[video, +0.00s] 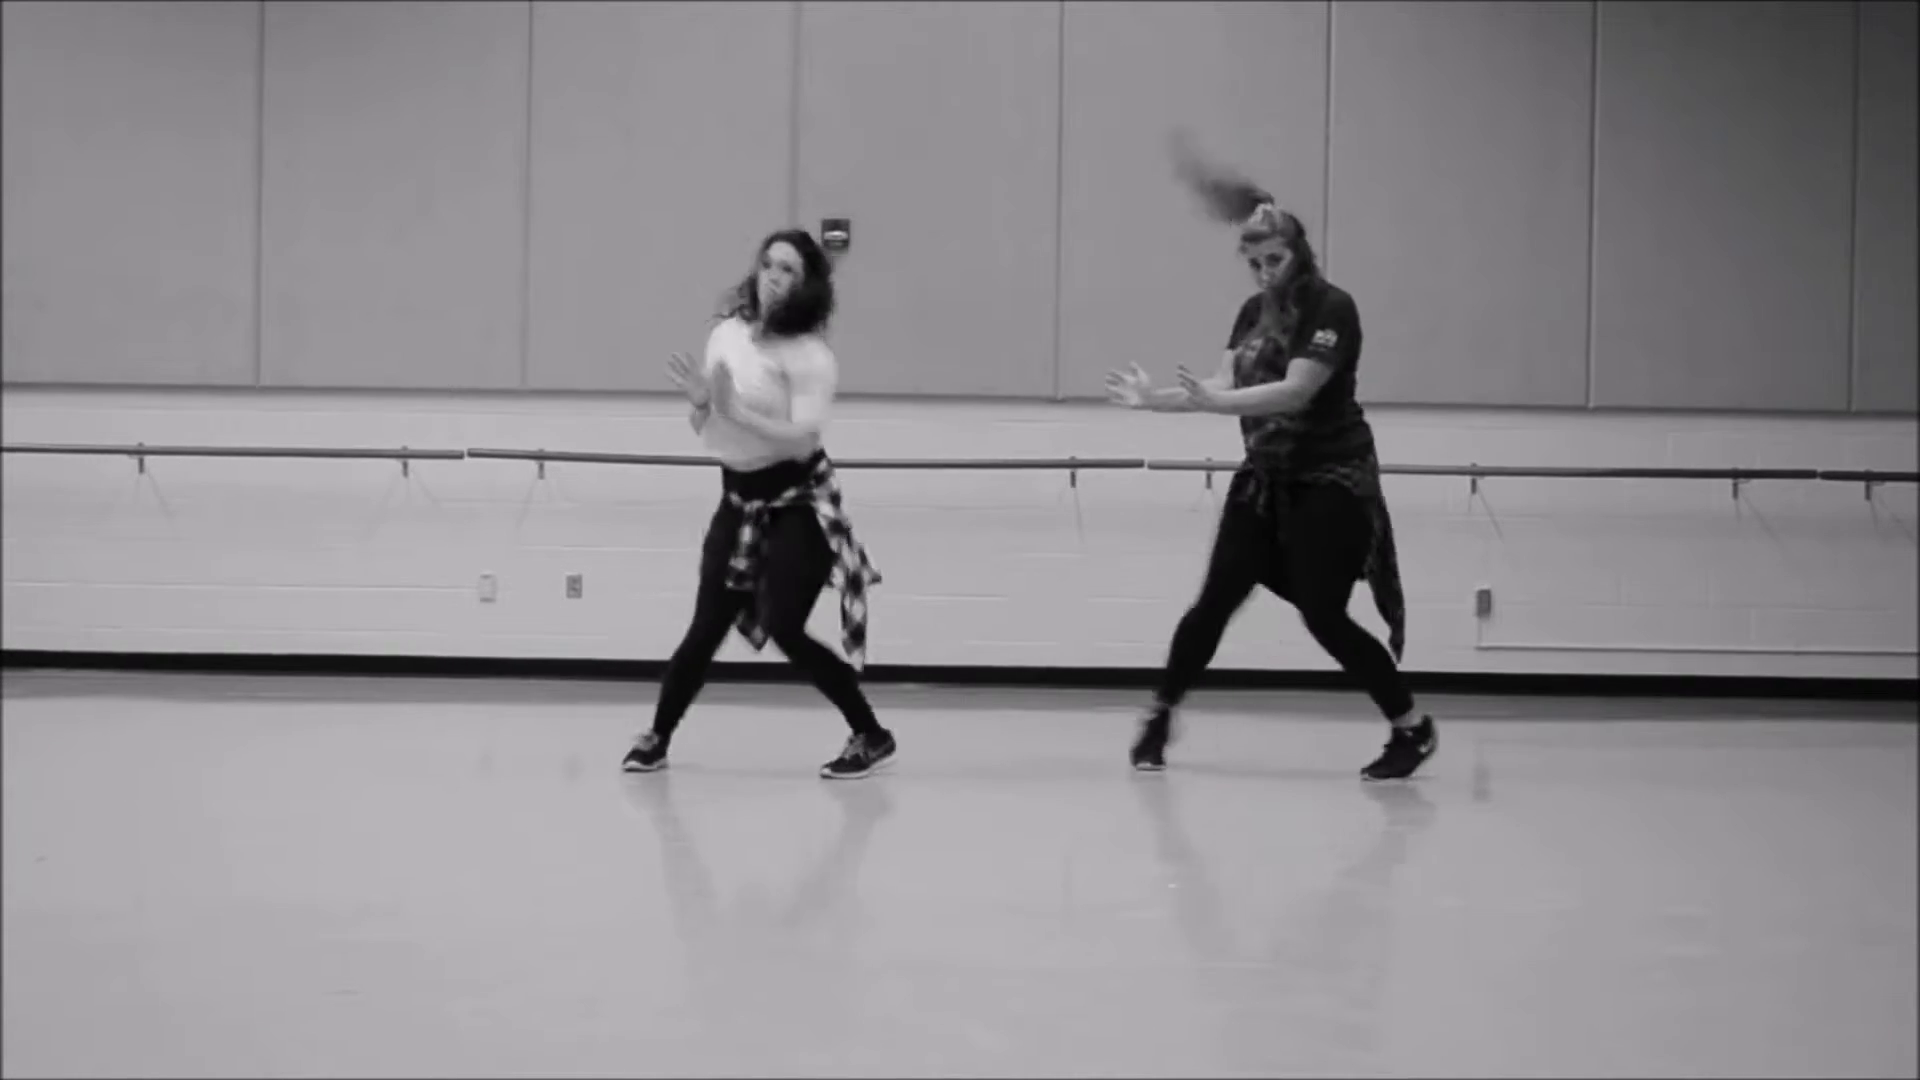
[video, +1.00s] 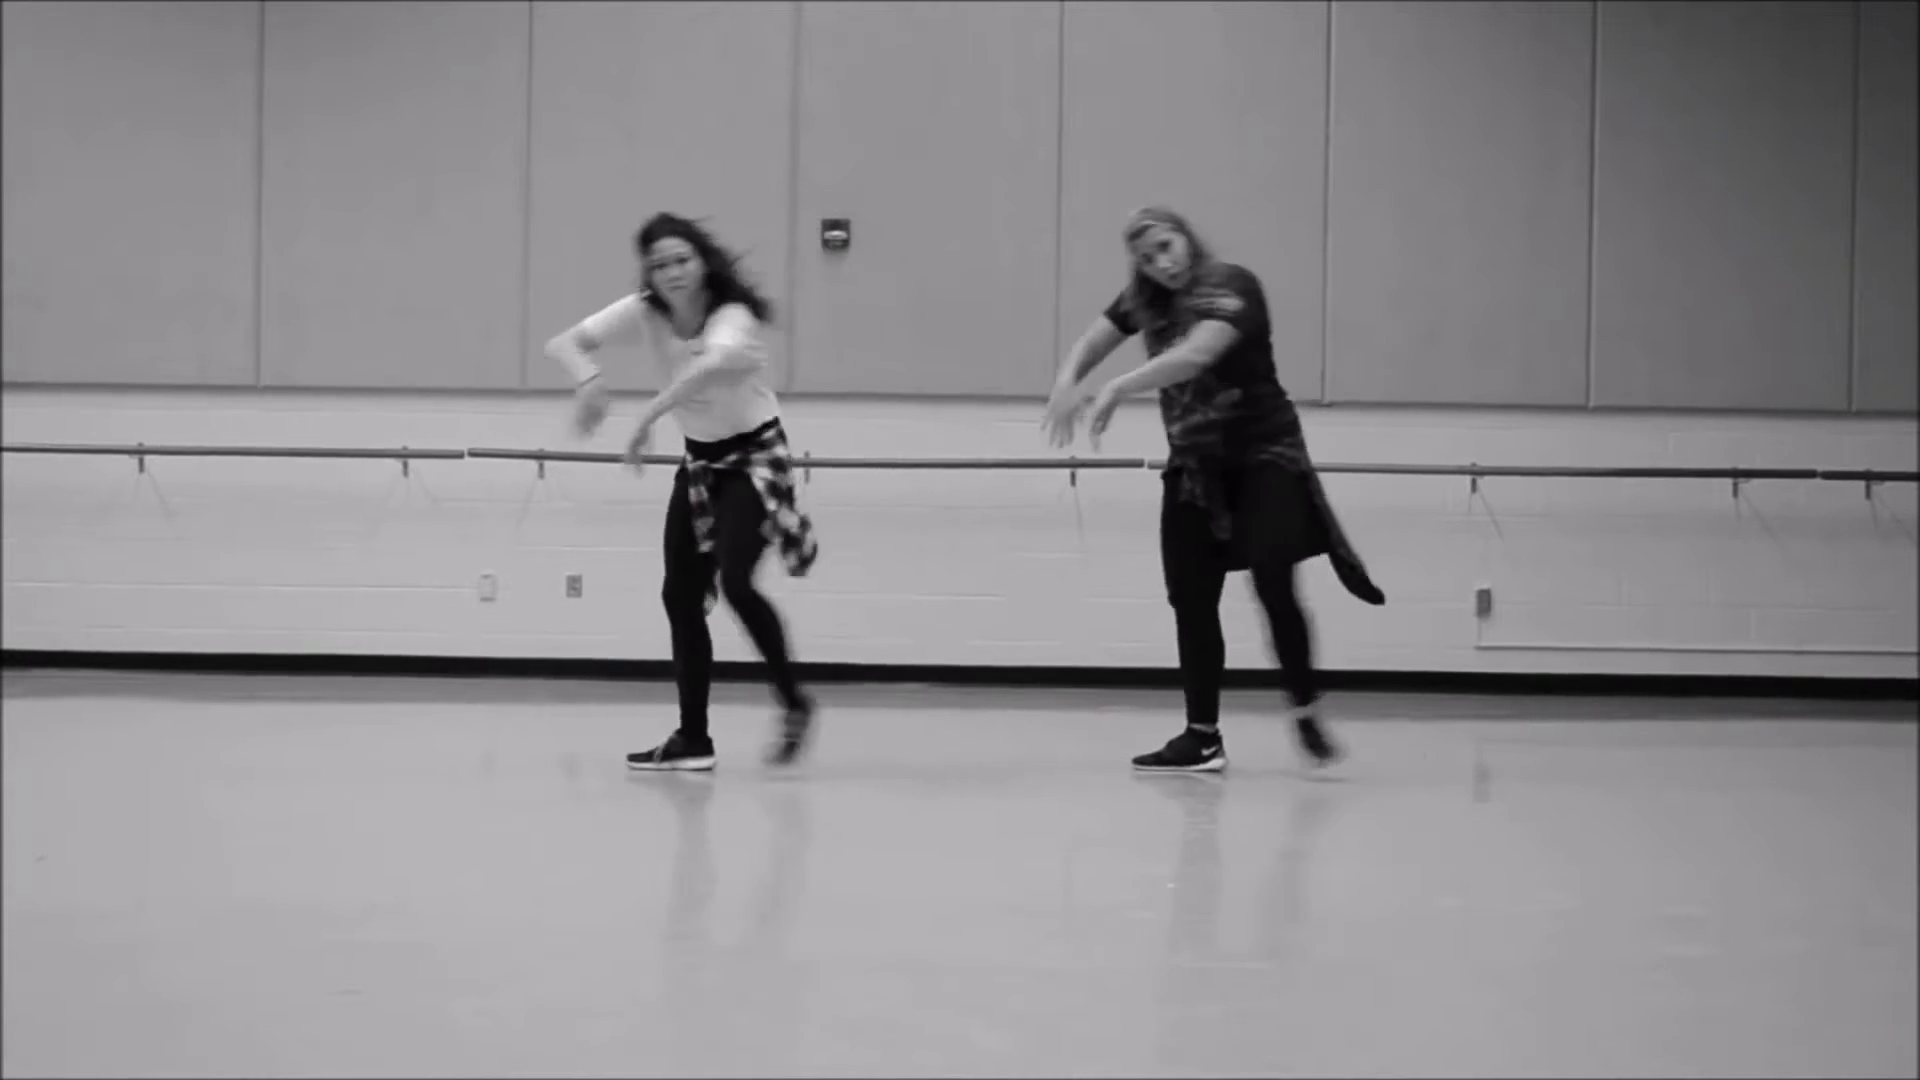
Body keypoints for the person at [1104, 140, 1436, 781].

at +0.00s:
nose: (1262, 265)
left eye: (1272, 254)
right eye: (1253, 256)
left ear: (1299, 250)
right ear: (1246, 257)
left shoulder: (1331, 310)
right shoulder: (1252, 314)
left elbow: (1296, 393)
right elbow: (1230, 387)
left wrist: (1215, 398)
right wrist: (1162, 397)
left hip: (1332, 484)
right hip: (1264, 482)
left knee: (1326, 616)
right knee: (1213, 602)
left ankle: (1411, 725)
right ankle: (1160, 716)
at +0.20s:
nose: (1281, 311)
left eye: (1291, 296)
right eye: (1270, 300)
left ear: (1314, 288)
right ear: (1259, 297)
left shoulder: (1350, 337)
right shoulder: (1263, 334)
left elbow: (1318, 426)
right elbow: (1238, 415)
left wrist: (1238, 429)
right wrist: (1177, 422)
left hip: (1339, 496)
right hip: (1271, 493)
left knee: (1326, 625)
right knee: (1184, 591)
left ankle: (1389, 736)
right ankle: (1185, 721)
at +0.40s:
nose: (1321, 325)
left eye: (1331, 311)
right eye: (1309, 314)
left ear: (1352, 305)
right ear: (1295, 312)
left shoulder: (1383, 359)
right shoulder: (1281, 354)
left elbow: (1358, 447)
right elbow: (1253, 431)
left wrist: (1282, 448)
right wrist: (1207, 441)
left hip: (1338, 516)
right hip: (1264, 510)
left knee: (1354, 629)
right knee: (1168, 603)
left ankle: (1371, 746)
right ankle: (1200, 736)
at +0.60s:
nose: (1339, 311)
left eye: (1351, 299)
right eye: (1328, 298)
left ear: (1368, 301)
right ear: (1313, 296)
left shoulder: (1372, 365)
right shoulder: (1280, 329)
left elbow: (1333, 441)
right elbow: (1238, 393)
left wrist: (1252, 400)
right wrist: (1198, 393)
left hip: (1320, 508)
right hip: (1245, 497)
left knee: (1330, 626)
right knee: (1171, 602)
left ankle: (1372, 746)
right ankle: (1200, 735)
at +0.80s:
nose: (1237, 264)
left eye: (1244, 251)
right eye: (1224, 254)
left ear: (1265, 245)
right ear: (1209, 254)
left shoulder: (1291, 293)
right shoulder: (1200, 287)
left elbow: (1282, 377)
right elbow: (1142, 336)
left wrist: (1198, 379)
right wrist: (1119, 364)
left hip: (1302, 471)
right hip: (1226, 471)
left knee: (1341, 601)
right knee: (1195, 596)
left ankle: (1375, 725)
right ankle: (1203, 735)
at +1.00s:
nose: (1162, 260)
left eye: (1166, 245)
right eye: (1148, 257)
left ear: (1188, 238)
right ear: (1141, 266)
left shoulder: (1234, 289)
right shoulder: (1147, 299)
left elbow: (1195, 355)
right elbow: (1091, 345)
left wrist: (1114, 389)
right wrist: (1065, 387)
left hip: (1264, 464)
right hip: (1195, 468)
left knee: (1274, 588)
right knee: (1193, 600)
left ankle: (1306, 715)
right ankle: (1201, 733)